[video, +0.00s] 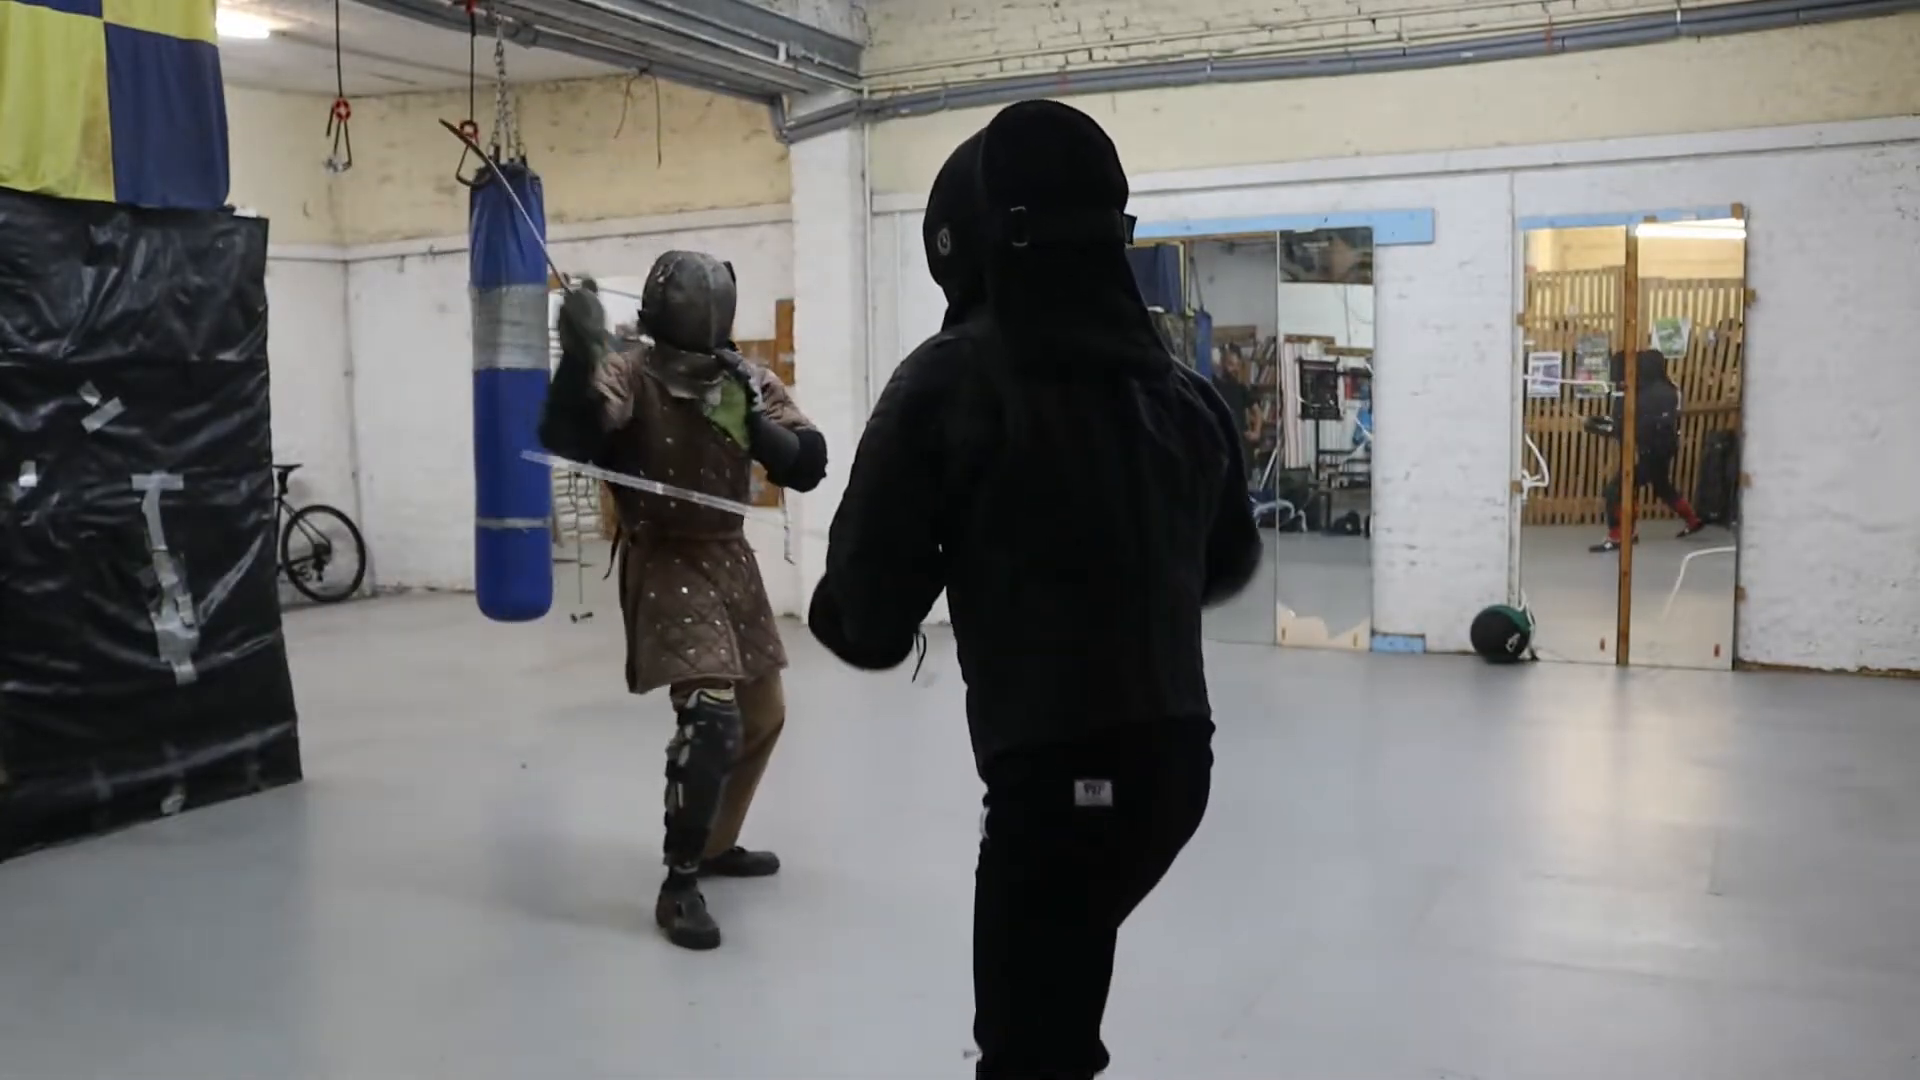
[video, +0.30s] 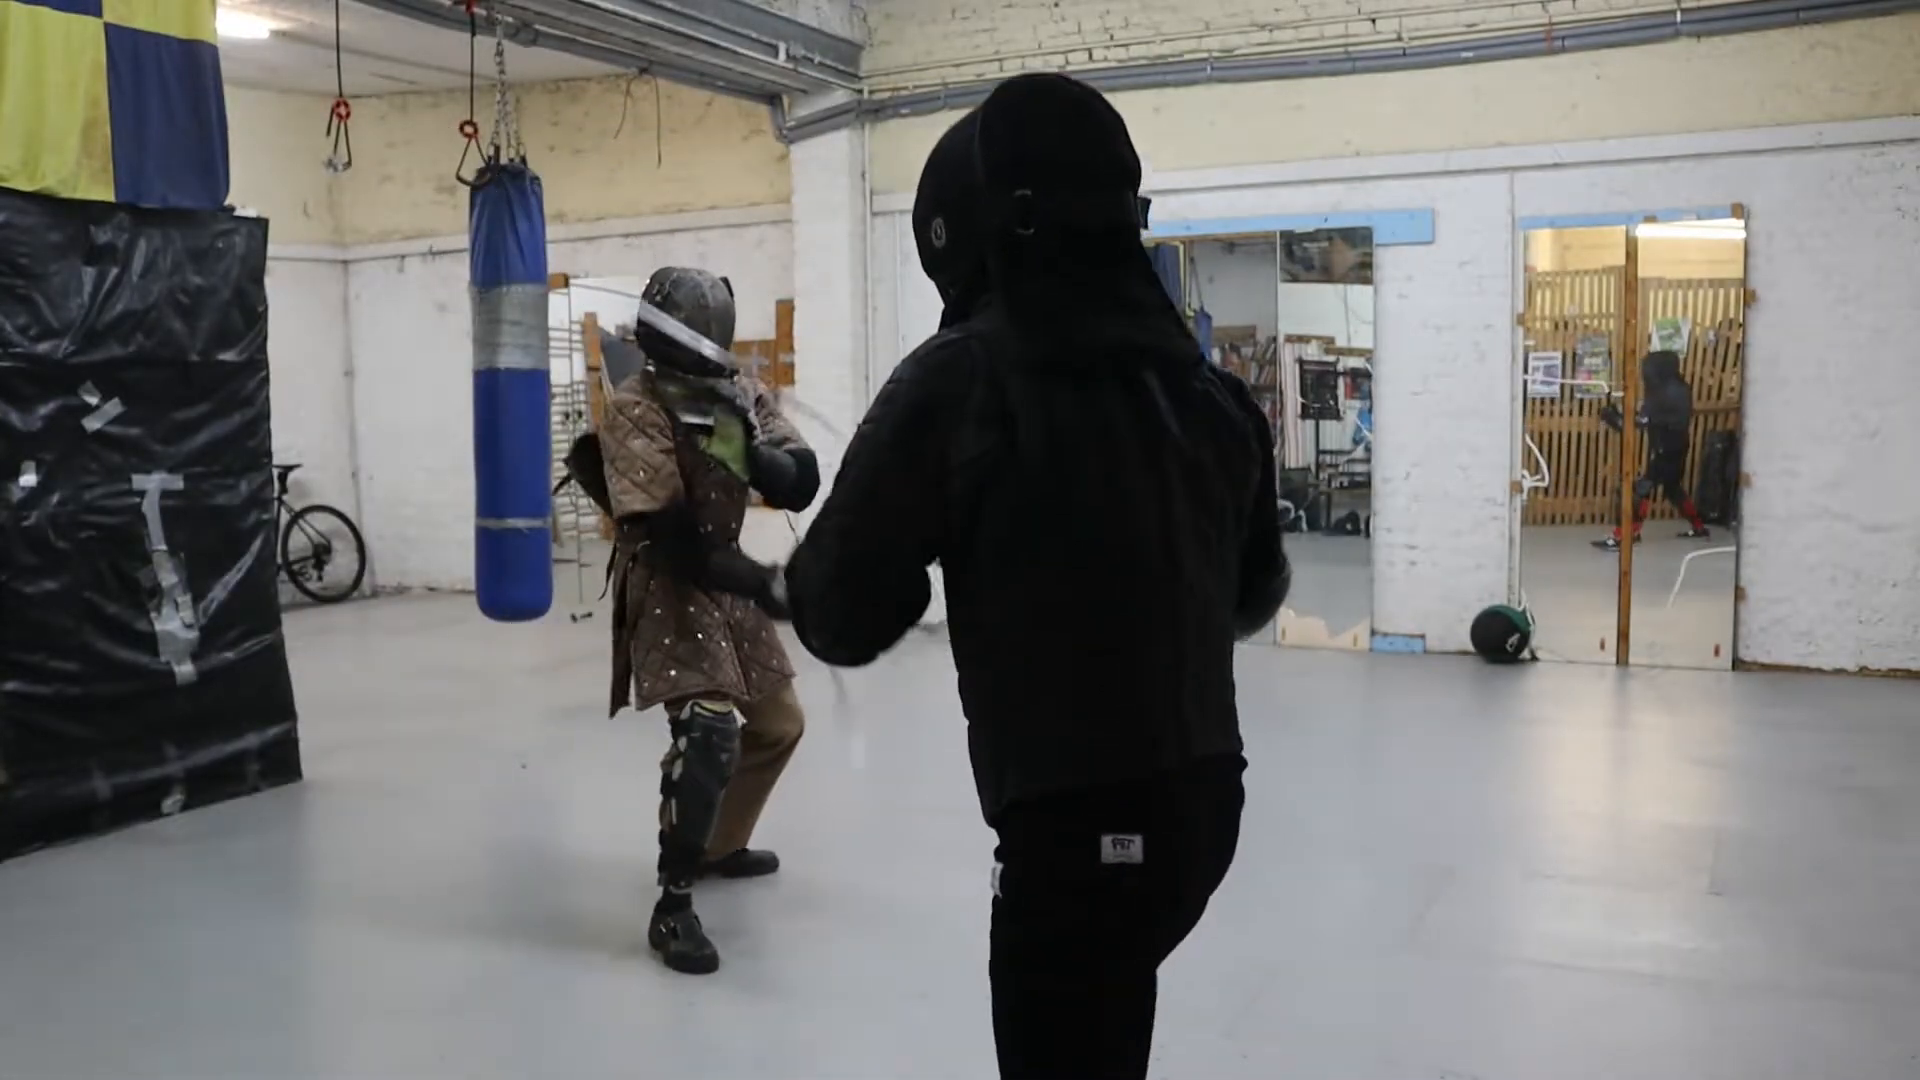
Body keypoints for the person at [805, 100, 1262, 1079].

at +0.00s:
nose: (934, 262)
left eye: (942, 236)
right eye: (936, 236)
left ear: (977, 240)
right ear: (1103, 233)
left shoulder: (945, 383)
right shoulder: (1177, 386)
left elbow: (868, 624)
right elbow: (1229, 560)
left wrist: (836, 589)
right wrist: (1112, 557)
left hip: (1049, 768)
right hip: (1175, 757)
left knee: (1031, 1046)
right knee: (1042, 1013)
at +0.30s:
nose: (931, 261)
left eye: (938, 232)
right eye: (930, 234)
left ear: (979, 229)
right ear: (1114, 219)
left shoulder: (951, 383)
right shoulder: (1208, 386)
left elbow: (838, 615)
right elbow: (1254, 593)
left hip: (1066, 813)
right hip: (1205, 796)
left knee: (1054, 1057)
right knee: (1107, 1040)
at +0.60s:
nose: (910, 258)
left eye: (917, 228)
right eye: (910, 229)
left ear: (955, 229)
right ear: (1101, 222)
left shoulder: (931, 401)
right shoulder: (1191, 400)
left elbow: (847, 676)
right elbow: (1236, 609)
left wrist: (808, 579)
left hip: (1052, 837)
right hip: (1189, 817)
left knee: (1006, 1064)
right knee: (1061, 1047)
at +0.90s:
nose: (892, 272)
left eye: (900, 243)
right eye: (889, 245)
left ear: (949, 239)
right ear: (1077, 230)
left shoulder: (928, 404)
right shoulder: (1177, 405)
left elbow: (817, 678)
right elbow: (1223, 632)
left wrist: (762, 611)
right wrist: (1090, 663)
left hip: (1040, 851)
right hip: (1175, 833)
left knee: (998, 1063)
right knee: (1059, 1056)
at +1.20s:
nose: (895, 278)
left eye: (904, 247)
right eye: (894, 247)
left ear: (947, 251)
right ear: (1099, 248)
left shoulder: (905, 422)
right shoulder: (1171, 420)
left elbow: (730, 592)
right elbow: (1231, 460)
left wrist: (758, 476)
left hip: (1019, 928)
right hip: (1167, 907)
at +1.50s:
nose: (872, 244)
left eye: (887, 216)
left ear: (917, 236)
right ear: (1114, 215)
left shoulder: (886, 424)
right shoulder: (1191, 366)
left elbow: (698, 548)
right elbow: (1256, 213)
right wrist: (1129, 70)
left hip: (1032, 949)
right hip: (1219, 924)